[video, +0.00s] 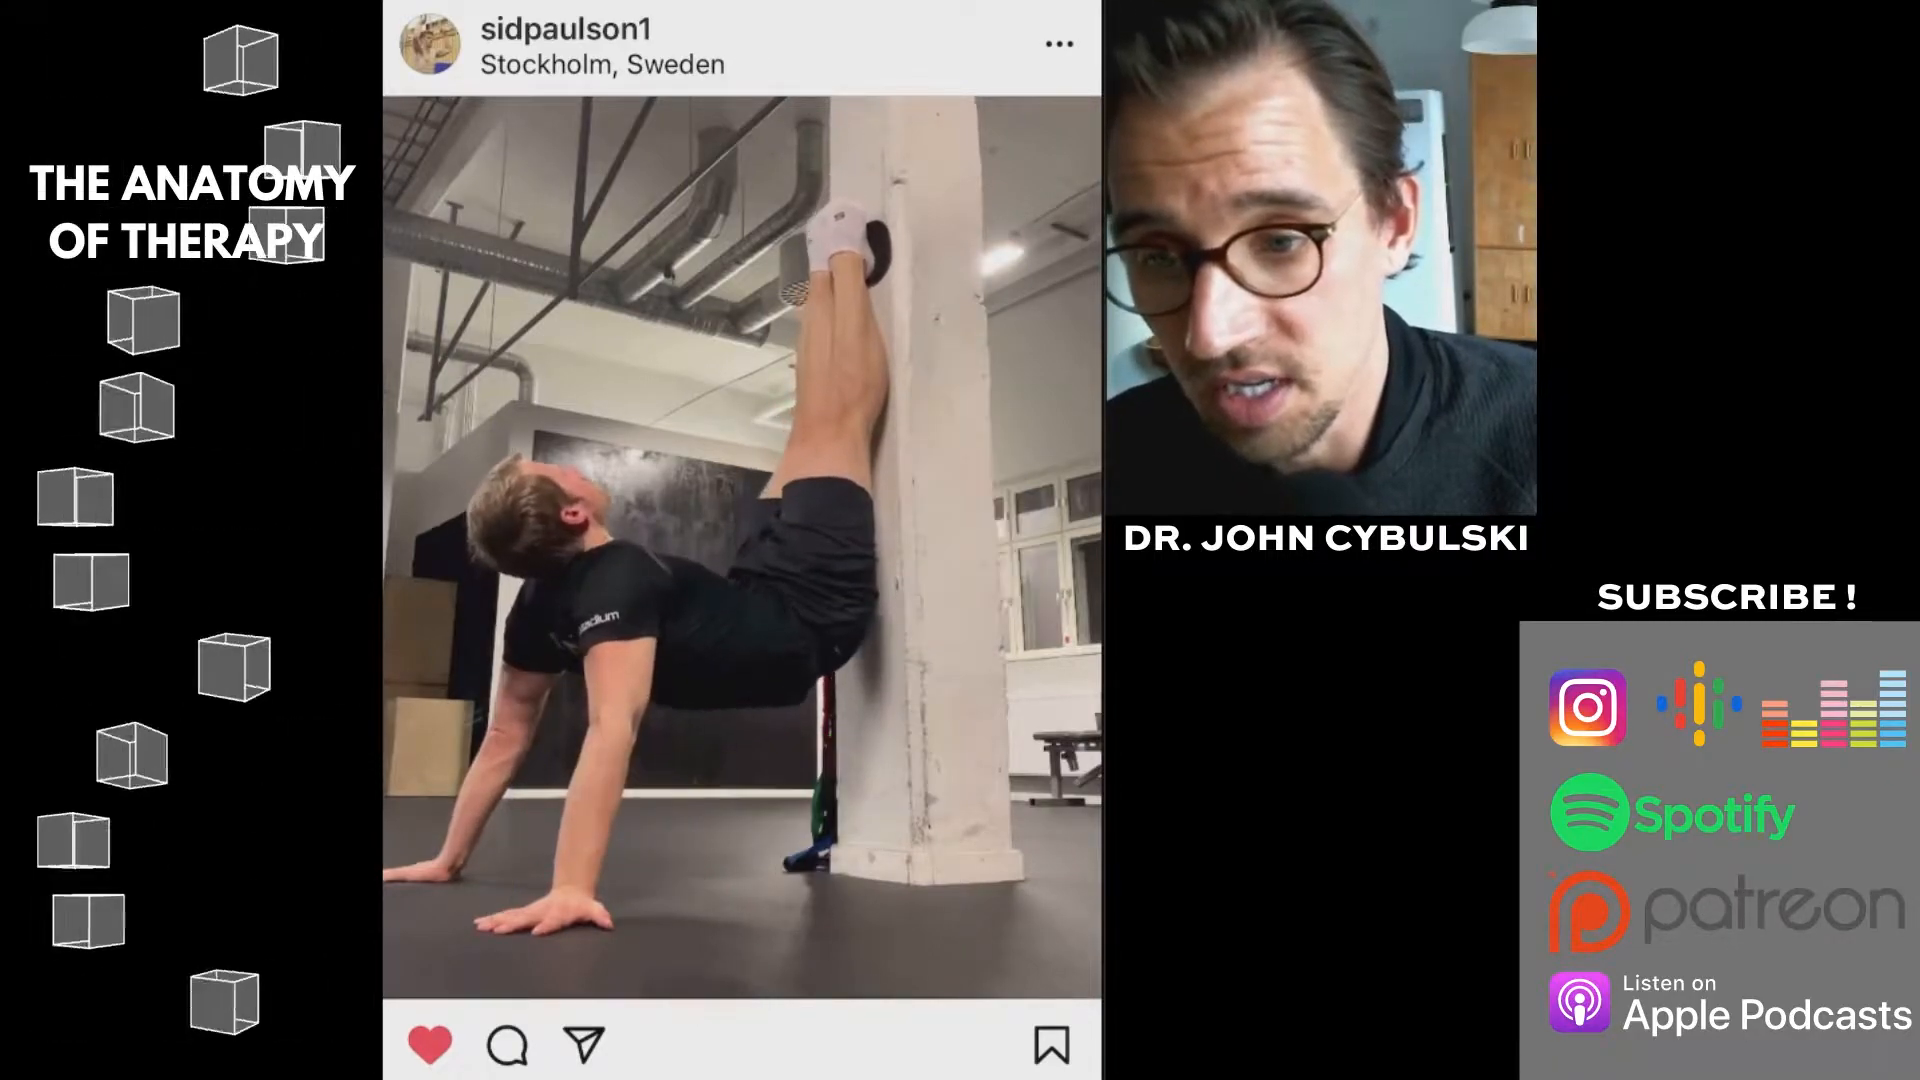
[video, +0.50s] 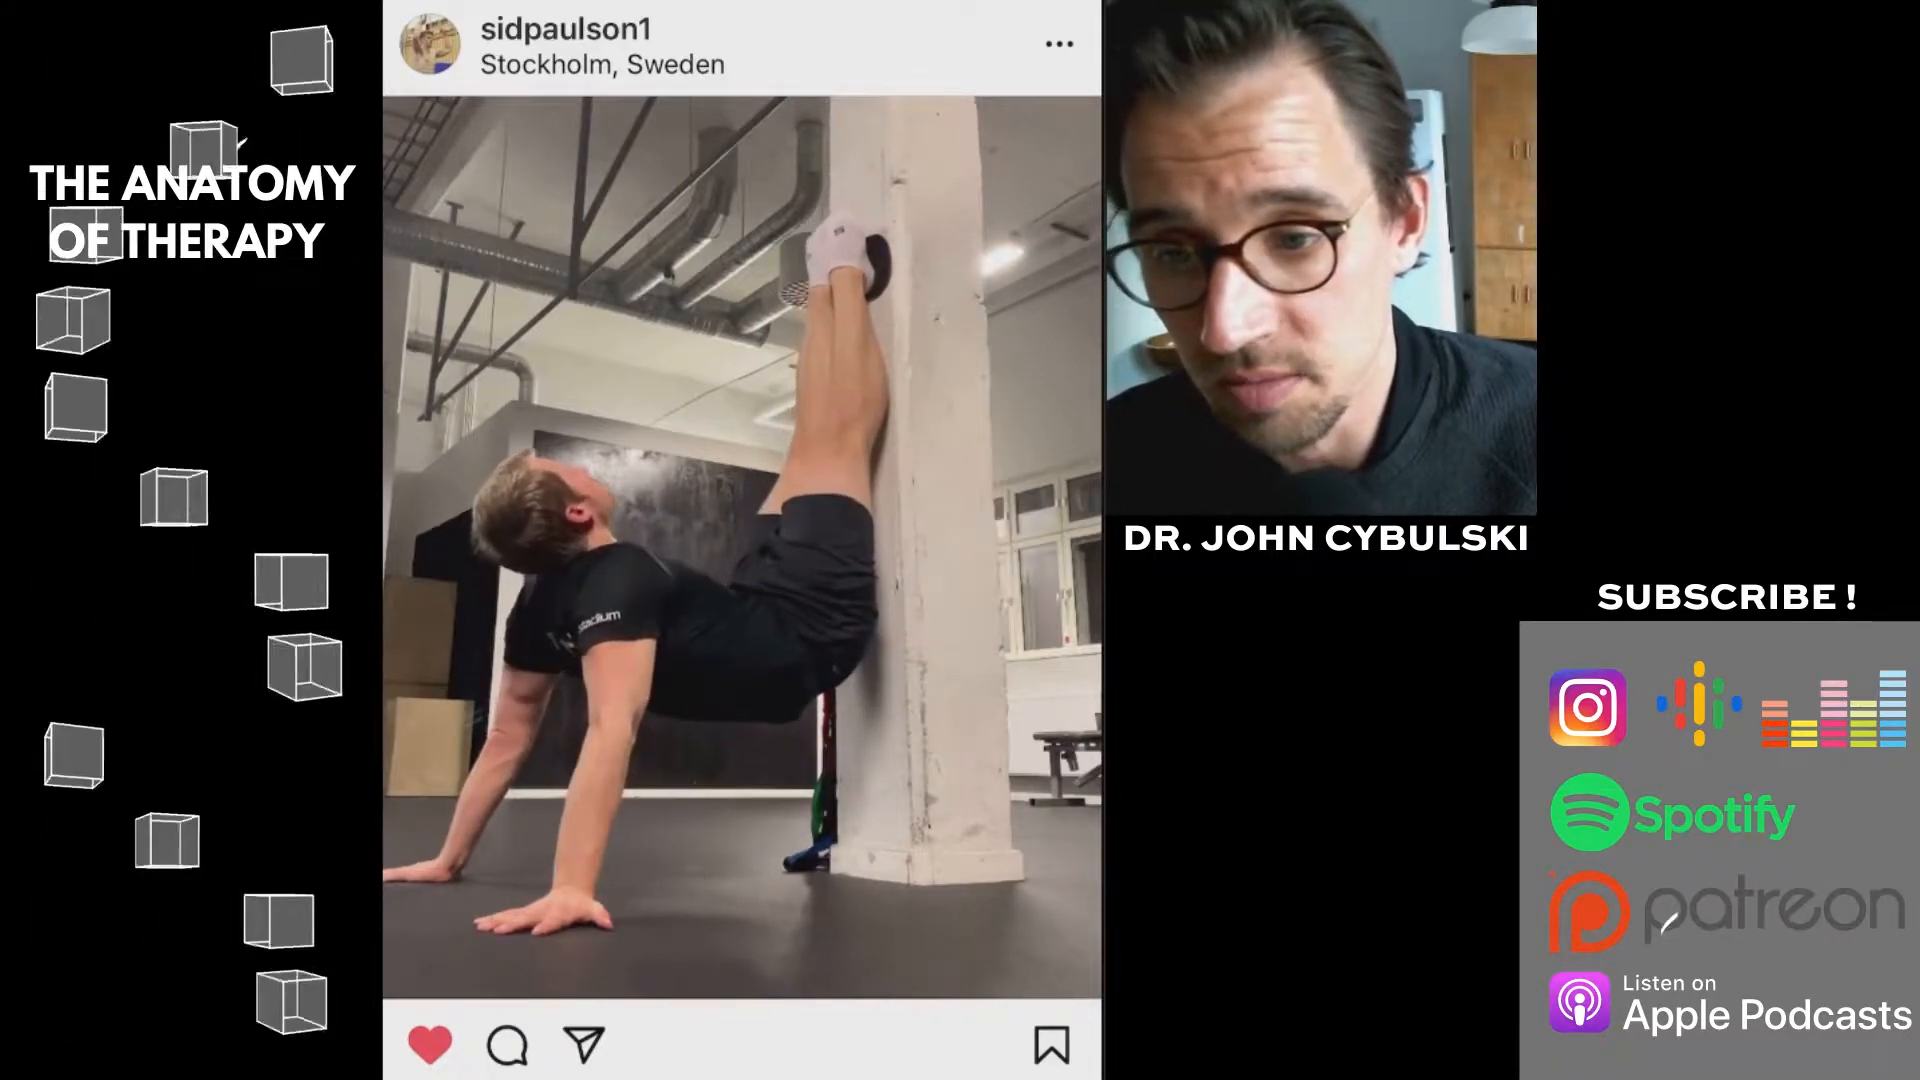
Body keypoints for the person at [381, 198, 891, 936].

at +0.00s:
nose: (575, 465)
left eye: (557, 465)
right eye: (563, 472)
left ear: (545, 541)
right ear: (572, 515)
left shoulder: (537, 606)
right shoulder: (618, 581)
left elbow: (506, 738)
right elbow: (611, 729)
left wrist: (448, 859)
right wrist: (572, 887)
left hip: (761, 609)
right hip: (810, 614)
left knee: (813, 416)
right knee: (844, 414)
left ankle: (824, 277)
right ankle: (846, 259)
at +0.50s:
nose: (580, 466)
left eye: (562, 464)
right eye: (567, 471)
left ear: (533, 545)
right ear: (575, 512)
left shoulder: (536, 611)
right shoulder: (617, 579)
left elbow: (507, 740)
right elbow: (609, 731)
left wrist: (448, 860)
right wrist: (572, 887)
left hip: (759, 633)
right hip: (807, 627)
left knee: (814, 434)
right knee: (844, 429)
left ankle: (825, 293)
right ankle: (845, 278)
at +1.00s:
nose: (589, 468)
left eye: (570, 463)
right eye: (578, 470)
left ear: (533, 546)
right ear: (584, 510)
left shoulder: (535, 608)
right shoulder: (615, 581)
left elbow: (506, 744)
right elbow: (609, 732)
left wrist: (448, 859)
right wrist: (572, 887)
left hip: (758, 666)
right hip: (803, 658)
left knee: (809, 467)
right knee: (846, 453)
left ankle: (826, 305)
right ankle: (845, 296)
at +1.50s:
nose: (593, 465)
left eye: (574, 459)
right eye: (581, 467)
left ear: (537, 538)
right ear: (587, 510)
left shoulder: (536, 605)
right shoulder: (617, 580)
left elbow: (507, 745)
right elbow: (612, 734)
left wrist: (448, 860)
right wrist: (573, 887)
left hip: (749, 689)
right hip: (801, 680)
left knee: (804, 485)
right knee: (843, 472)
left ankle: (826, 317)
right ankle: (844, 311)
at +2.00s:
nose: (602, 464)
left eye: (586, 459)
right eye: (590, 466)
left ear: (538, 533)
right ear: (592, 505)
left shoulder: (533, 606)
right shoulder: (620, 574)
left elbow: (508, 744)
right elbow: (612, 733)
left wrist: (449, 860)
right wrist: (572, 887)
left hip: (744, 731)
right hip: (795, 697)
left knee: (806, 500)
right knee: (838, 493)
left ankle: (826, 343)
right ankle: (847, 336)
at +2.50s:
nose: (608, 462)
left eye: (594, 456)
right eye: (596, 462)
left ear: (541, 529)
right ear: (596, 501)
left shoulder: (533, 605)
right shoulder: (621, 575)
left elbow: (509, 741)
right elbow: (613, 733)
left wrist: (449, 860)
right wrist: (571, 887)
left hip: (735, 750)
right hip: (788, 709)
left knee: (802, 513)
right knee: (837, 505)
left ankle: (826, 353)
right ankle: (847, 349)